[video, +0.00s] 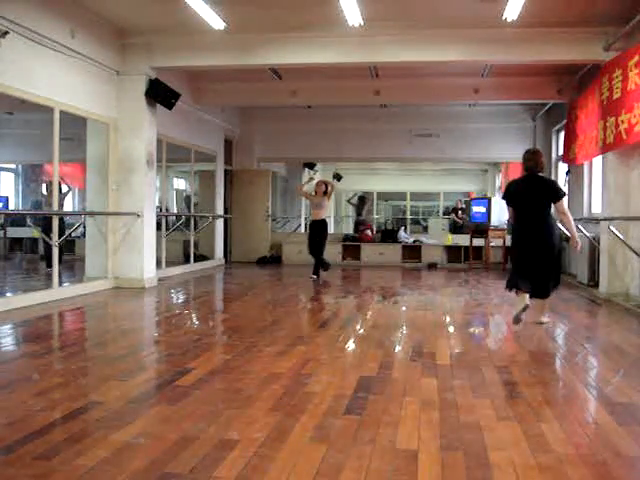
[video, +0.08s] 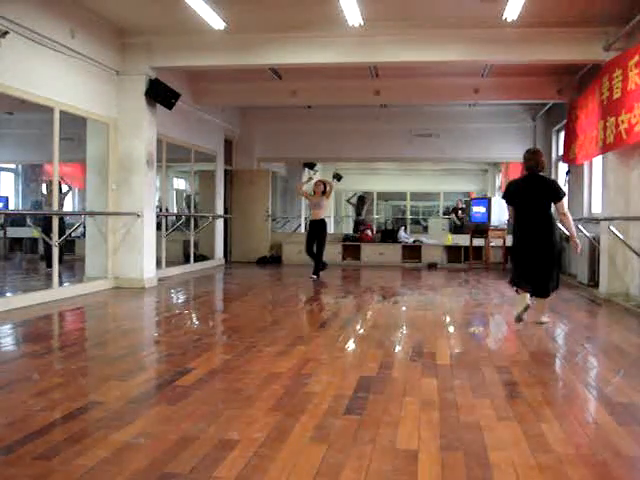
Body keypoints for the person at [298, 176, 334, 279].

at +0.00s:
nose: (318, 187)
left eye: (321, 185)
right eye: (317, 185)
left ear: (325, 188)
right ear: (315, 187)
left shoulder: (326, 198)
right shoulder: (311, 197)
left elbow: (332, 186)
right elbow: (300, 191)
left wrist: (324, 181)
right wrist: (308, 182)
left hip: (322, 222)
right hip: (313, 222)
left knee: (318, 250)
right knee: (312, 249)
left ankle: (315, 273)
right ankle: (324, 264)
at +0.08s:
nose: (318, 187)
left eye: (320, 185)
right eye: (316, 185)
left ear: (323, 188)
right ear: (314, 187)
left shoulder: (325, 198)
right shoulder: (310, 197)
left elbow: (331, 185)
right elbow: (299, 190)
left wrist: (322, 180)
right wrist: (307, 181)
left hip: (321, 221)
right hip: (312, 222)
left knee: (319, 249)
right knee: (309, 249)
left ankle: (316, 273)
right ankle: (321, 263)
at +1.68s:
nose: (260, 190)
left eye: (261, 188)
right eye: (258, 187)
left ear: (261, 189)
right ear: (254, 188)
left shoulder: (259, 198)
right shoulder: (248, 198)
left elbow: (266, 188)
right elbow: (243, 186)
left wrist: (263, 185)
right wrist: (250, 179)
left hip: (255, 223)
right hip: (248, 222)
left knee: (249, 248)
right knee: (251, 248)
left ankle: (245, 272)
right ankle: (255, 272)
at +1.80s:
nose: (257, 190)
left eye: (258, 188)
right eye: (255, 187)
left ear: (258, 189)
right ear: (251, 188)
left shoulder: (256, 197)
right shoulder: (245, 197)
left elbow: (265, 186)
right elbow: (242, 186)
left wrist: (258, 182)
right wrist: (248, 178)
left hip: (252, 222)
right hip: (245, 221)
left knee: (248, 248)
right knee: (246, 248)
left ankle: (248, 272)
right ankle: (248, 272)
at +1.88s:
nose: (257, 190)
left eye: (258, 188)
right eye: (255, 187)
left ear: (258, 189)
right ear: (250, 188)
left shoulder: (255, 198)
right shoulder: (245, 197)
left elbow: (265, 186)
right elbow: (242, 186)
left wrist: (257, 182)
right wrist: (248, 179)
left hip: (252, 222)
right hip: (244, 221)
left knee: (247, 248)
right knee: (245, 248)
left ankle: (247, 272)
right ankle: (247, 272)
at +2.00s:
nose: (254, 190)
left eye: (255, 187)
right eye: (252, 187)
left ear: (255, 189)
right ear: (247, 188)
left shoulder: (253, 196)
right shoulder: (242, 197)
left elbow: (263, 185)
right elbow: (239, 186)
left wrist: (255, 181)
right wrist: (245, 179)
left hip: (249, 221)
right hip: (242, 221)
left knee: (247, 248)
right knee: (241, 248)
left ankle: (245, 271)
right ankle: (238, 272)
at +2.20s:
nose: (248, 188)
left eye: (249, 186)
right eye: (246, 186)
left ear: (249, 188)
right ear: (241, 187)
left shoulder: (248, 197)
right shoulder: (236, 197)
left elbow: (256, 185)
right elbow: (232, 184)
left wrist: (249, 180)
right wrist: (239, 177)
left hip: (246, 221)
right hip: (237, 220)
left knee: (244, 249)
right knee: (232, 249)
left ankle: (245, 273)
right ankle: (227, 273)